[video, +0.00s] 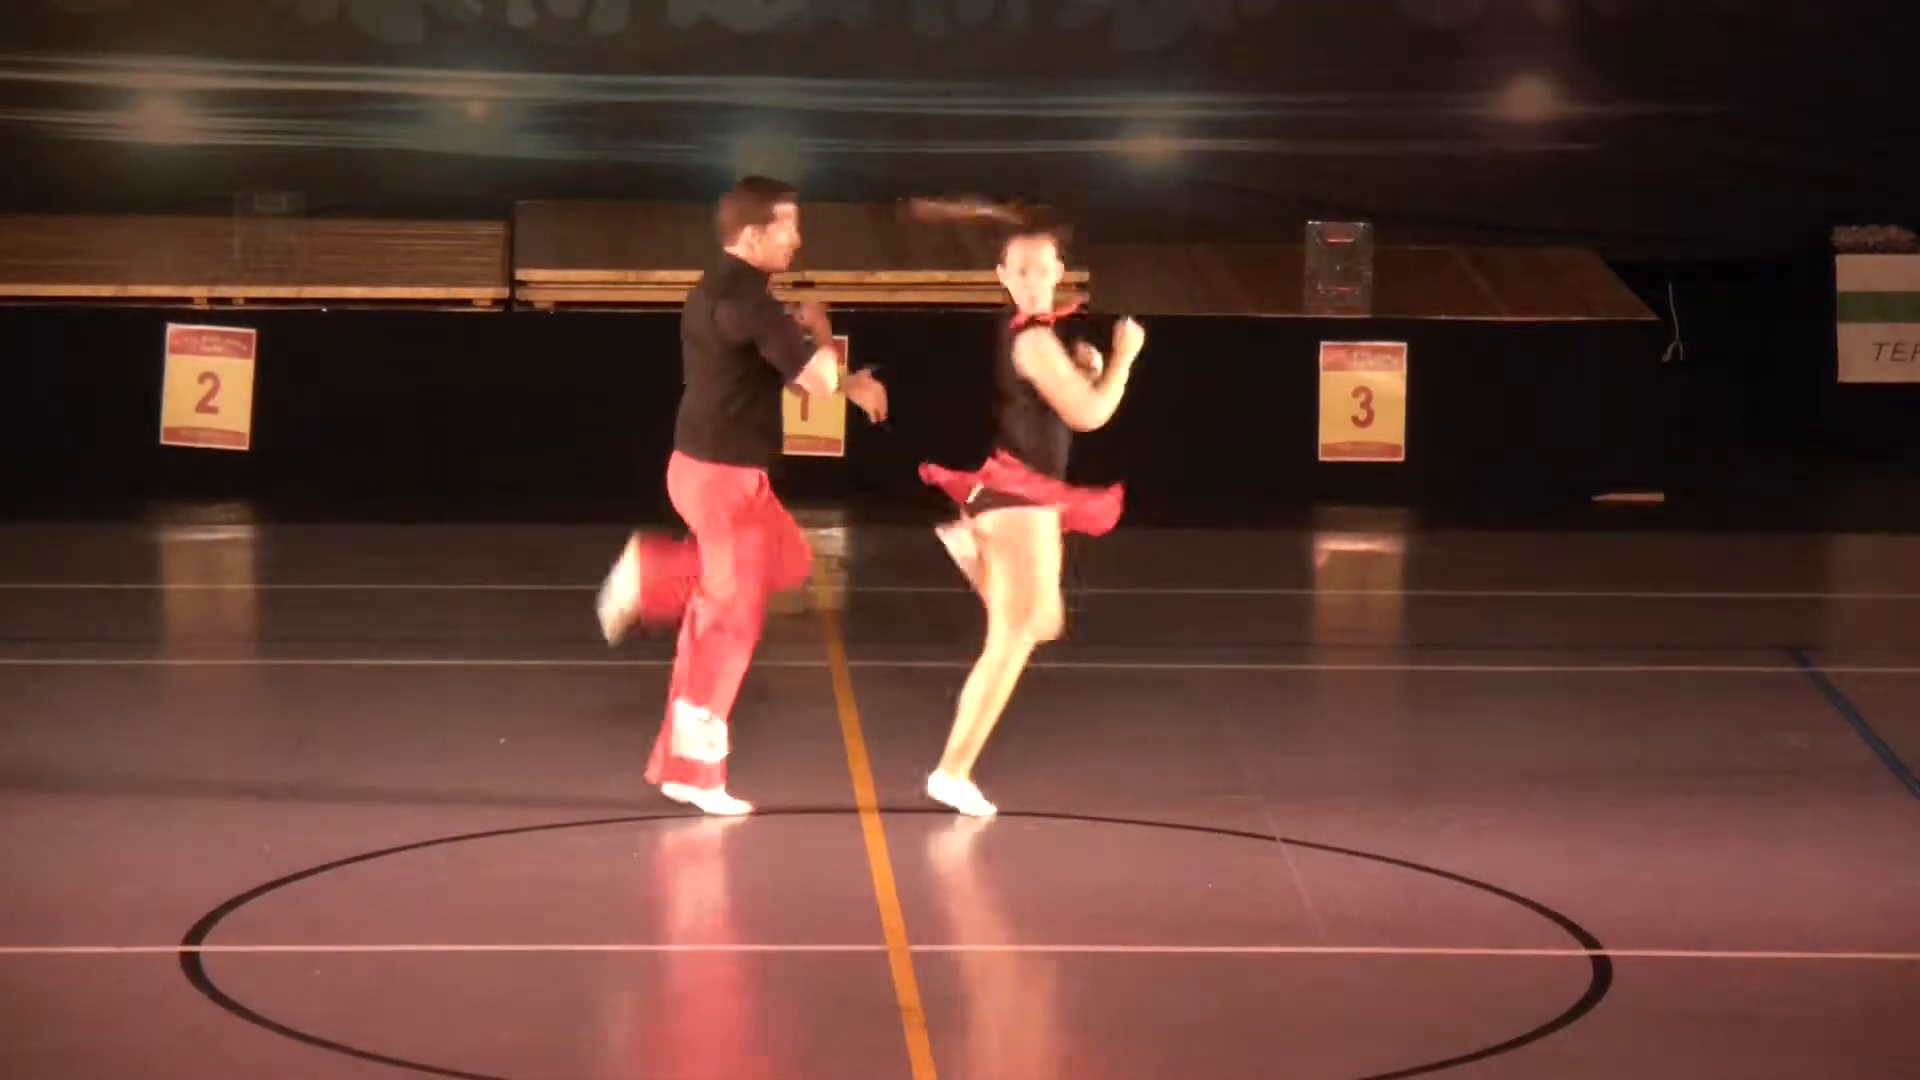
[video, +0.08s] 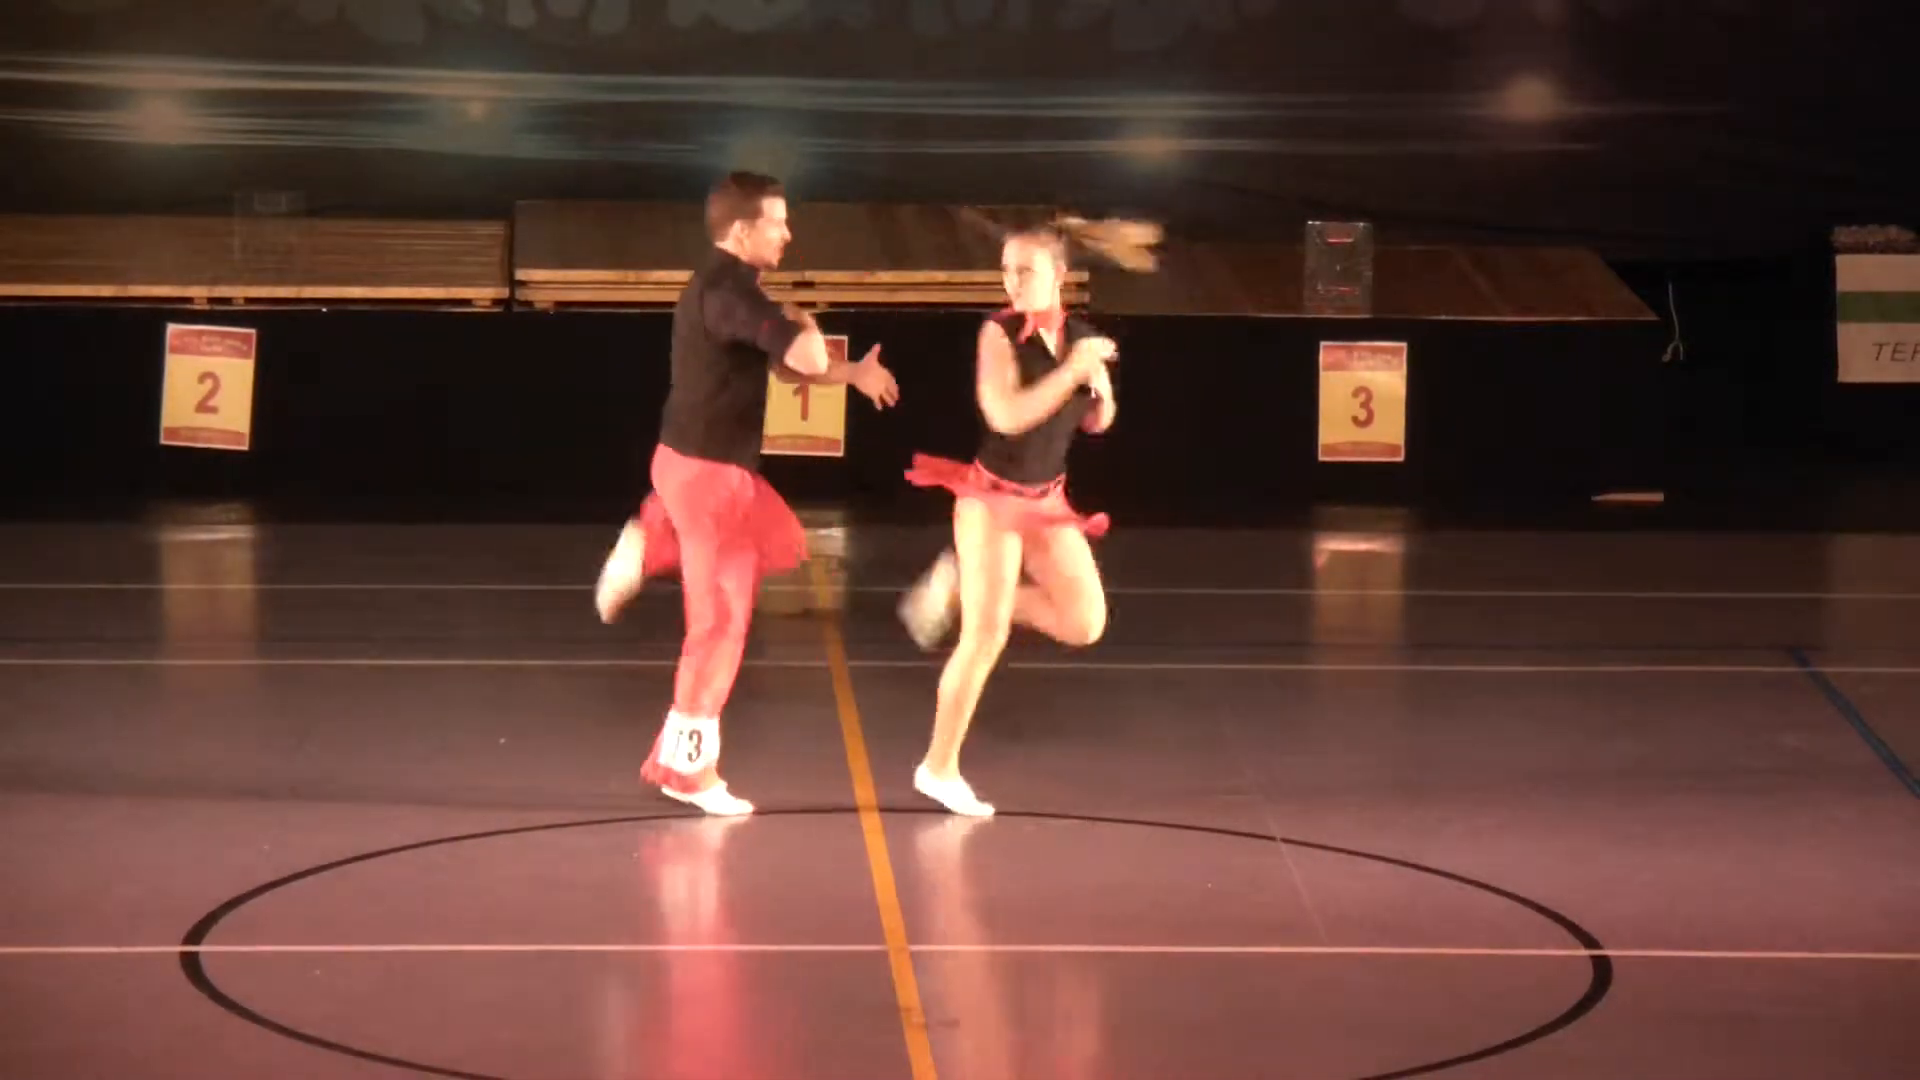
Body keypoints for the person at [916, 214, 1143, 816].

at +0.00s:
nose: (1044, 274)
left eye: (1049, 262)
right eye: (1030, 265)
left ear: (1056, 268)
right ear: (1006, 273)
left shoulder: (1033, 333)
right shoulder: (1030, 340)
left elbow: (1071, 404)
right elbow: (1091, 412)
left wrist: (1085, 365)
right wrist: (1125, 358)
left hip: (1024, 500)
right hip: (1018, 504)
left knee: (1047, 621)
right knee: (1011, 636)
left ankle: (969, 547)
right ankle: (952, 771)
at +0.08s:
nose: (1015, 282)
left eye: (1027, 271)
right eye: (1008, 271)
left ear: (1062, 277)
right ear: (1003, 276)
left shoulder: (1077, 339)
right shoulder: (998, 334)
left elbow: (1090, 421)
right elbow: (1005, 414)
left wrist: (1097, 399)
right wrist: (1074, 370)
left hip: (1048, 503)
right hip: (989, 501)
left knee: (1082, 623)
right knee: (984, 636)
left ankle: (962, 587)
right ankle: (938, 767)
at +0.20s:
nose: (1013, 260)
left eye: (1025, 250)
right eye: (1015, 248)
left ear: (1062, 263)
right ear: (1033, 260)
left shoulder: (1100, 337)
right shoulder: (1000, 320)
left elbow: (1137, 421)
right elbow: (943, 385)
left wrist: (1090, 387)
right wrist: (964, 347)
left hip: (1062, 495)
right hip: (992, 489)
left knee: (1033, 629)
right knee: (960, 621)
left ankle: (1040, 758)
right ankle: (972, 751)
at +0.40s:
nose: (1039, 268)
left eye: (1049, 258)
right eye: (1040, 257)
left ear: (1080, 263)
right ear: (1075, 263)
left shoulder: (1089, 331)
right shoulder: (1057, 327)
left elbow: (1111, 415)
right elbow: (985, 350)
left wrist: (1051, 384)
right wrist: (905, 343)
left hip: (1050, 485)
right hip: (1073, 487)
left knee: (984, 616)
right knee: (1025, 622)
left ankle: (1016, 759)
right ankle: (1027, 755)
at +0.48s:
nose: (1058, 267)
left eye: (1069, 257)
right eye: (1058, 255)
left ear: (1104, 260)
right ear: (1068, 255)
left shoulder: (1107, 316)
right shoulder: (1062, 317)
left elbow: (1139, 369)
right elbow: (984, 345)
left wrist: (1133, 371)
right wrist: (903, 341)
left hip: (1072, 475)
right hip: (1086, 481)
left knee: (929, 503)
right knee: (1034, 612)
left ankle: (948, 639)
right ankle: (1045, 753)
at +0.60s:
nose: (1089, 283)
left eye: (1104, 275)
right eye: (1084, 270)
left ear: (1133, 282)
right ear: (1075, 267)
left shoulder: (1127, 336)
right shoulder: (1072, 328)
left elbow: (1169, 346)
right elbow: (991, 324)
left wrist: (1227, 348)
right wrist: (906, 304)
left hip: (1078, 495)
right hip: (1088, 496)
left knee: (946, 449)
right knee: (1068, 629)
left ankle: (831, 376)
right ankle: (1061, 768)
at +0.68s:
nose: (1088, 269)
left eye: (1103, 261)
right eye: (1084, 257)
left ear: (1133, 270)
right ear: (1076, 257)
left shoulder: (1126, 326)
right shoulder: (1070, 316)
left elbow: (1166, 341)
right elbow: (983, 308)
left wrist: (1223, 352)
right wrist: (906, 296)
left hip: (1090, 489)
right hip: (1071, 478)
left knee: (986, 386)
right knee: (1065, 623)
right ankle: (1062, 761)